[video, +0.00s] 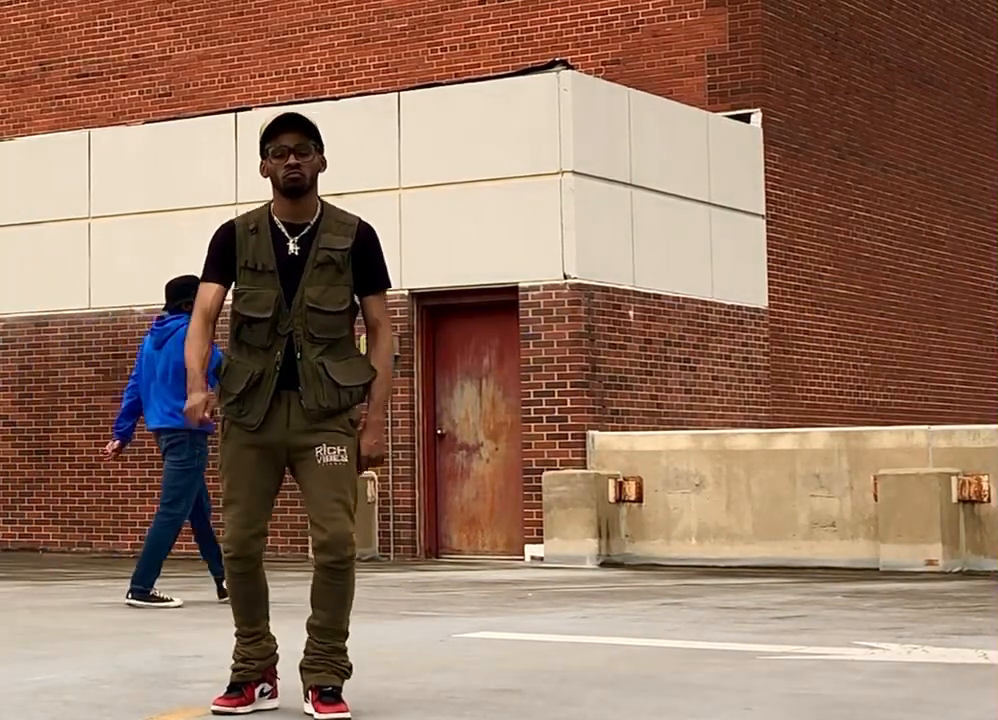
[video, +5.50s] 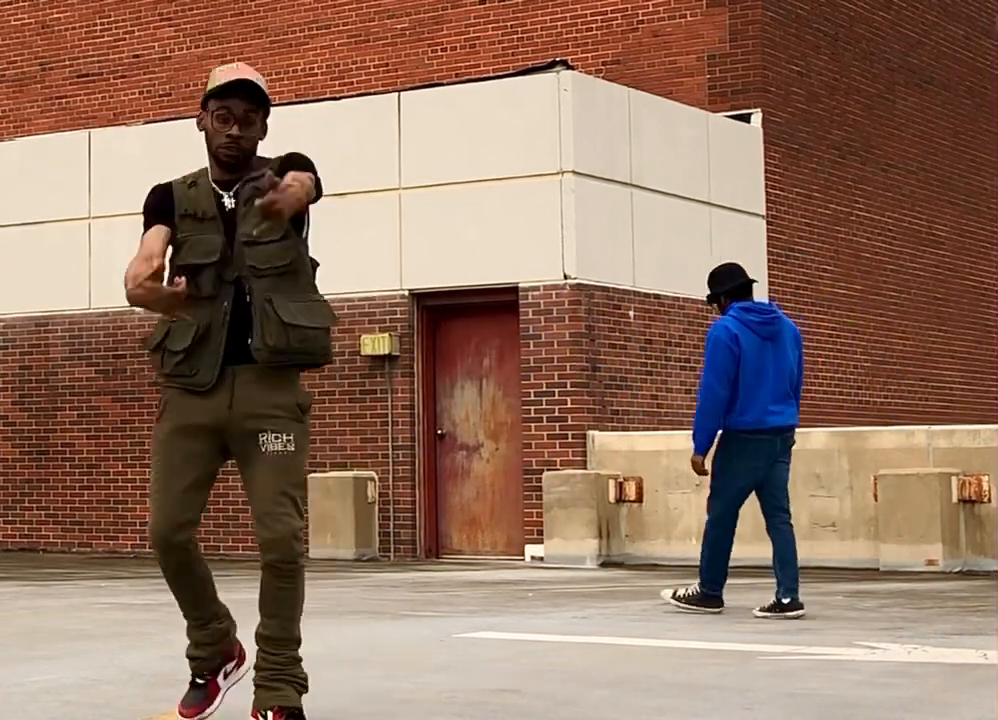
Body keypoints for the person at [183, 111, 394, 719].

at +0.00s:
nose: (291, 161)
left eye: (302, 151)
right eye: (280, 153)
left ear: (321, 162)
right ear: (264, 166)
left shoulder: (355, 236)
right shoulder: (234, 237)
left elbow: (380, 327)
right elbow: (203, 316)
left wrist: (373, 407)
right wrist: (196, 383)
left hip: (328, 411)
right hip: (250, 410)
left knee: (335, 543)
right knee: (239, 541)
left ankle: (324, 674)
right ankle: (253, 666)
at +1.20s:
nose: (299, 156)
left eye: (310, 150)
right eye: (287, 150)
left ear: (324, 165)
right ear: (269, 166)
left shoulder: (356, 231)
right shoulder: (241, 238)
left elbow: (372, 290)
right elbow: (243, 315)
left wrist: (352, 324)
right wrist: (246, 378)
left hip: (338, 404)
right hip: (266, 402)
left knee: (350, 542)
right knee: (241, 539)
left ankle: (331, 675)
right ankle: (251, 668)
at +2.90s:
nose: (264, 198)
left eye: (274, 188)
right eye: (255, 190)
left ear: (295, 190)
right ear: (245, 196)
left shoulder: (322, 226)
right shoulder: (250, 261)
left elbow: (323, 224)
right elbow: (207, 320)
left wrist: (274, 240)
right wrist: (235, 296)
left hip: (325, 402)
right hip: (262, 404)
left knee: (323, 535)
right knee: (230, 517)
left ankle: (321, 655)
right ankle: (235, 646)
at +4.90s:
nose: (259, 203)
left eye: (271, 193)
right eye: (248, 194)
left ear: (292, 200)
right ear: (233, 203)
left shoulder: (317, 243)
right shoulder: (213, 266)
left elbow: (297, 262)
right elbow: (198, 320)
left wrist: (224, 274)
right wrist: (201, 355)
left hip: (292, 439)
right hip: (219, 439)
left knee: (318, 577)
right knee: (190, 563)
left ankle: (352, 671)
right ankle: (246, 676)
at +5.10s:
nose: (254, 163)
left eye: (265, 152)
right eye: (241, 153)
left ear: (281, 159)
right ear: (223, 160)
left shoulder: (307, 221)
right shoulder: (194, 207)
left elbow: (311, 289)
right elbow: (159, 248)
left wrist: (303, 345)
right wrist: (171, 257)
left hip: (291, 416)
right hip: (209, 420)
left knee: (344, 530)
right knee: (198, 554)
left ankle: (313, 651)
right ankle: (238, 672)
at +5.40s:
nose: (249, 154)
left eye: (261, 144)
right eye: (236, 143)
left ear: (279, 152)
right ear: (217, 153)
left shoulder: (305, 218)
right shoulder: (194, 204)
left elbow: (311, 286)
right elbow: (159, 201)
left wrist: (311, 347)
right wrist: (140, 174)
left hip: (285, 412)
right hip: (203, 416)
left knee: (322, 541)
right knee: (196, 565)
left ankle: (281, 693)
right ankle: (227, 672)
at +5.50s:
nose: (234, 123)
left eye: (247, 113)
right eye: (222, 111)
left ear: (263, 123)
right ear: (202, 117)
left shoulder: (289, 170)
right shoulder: (173, 195)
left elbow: (298, 186)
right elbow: (136, 280)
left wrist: (282, 199)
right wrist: (160, 293)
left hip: (271, 387)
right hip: (189, 389)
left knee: (282, 542)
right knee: (168, 533)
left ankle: (280, 697)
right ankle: (215, 649)